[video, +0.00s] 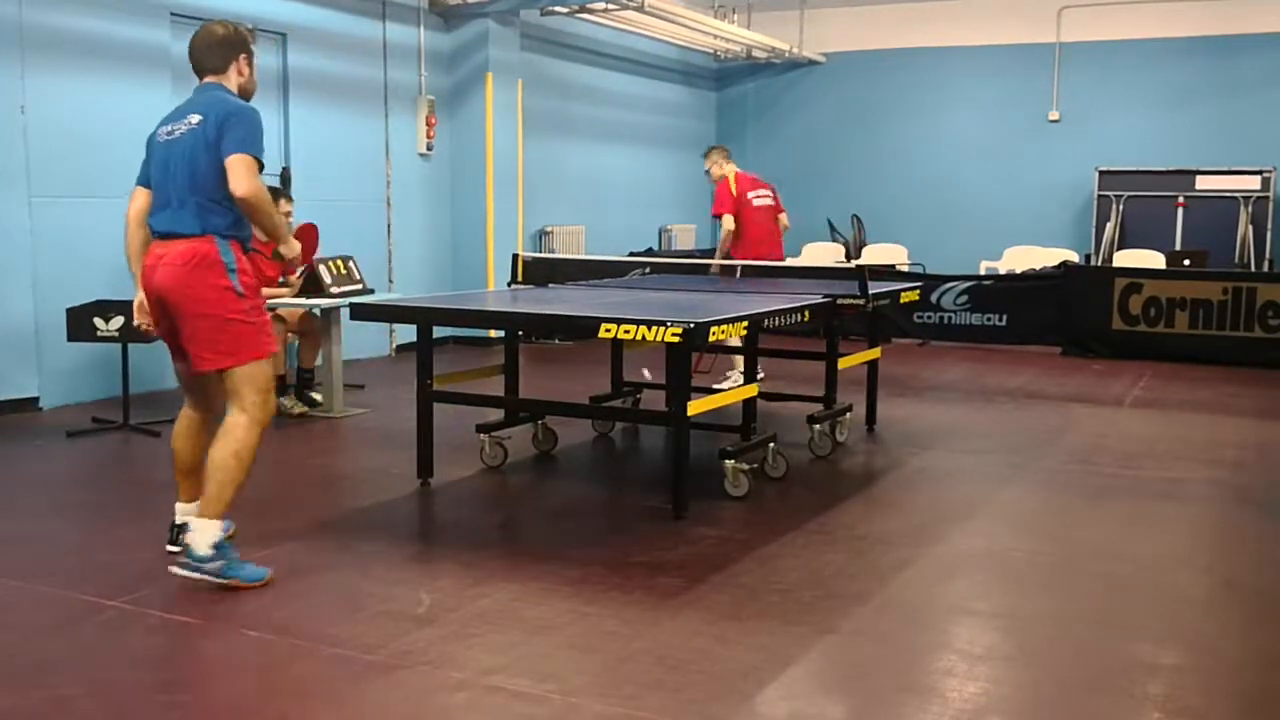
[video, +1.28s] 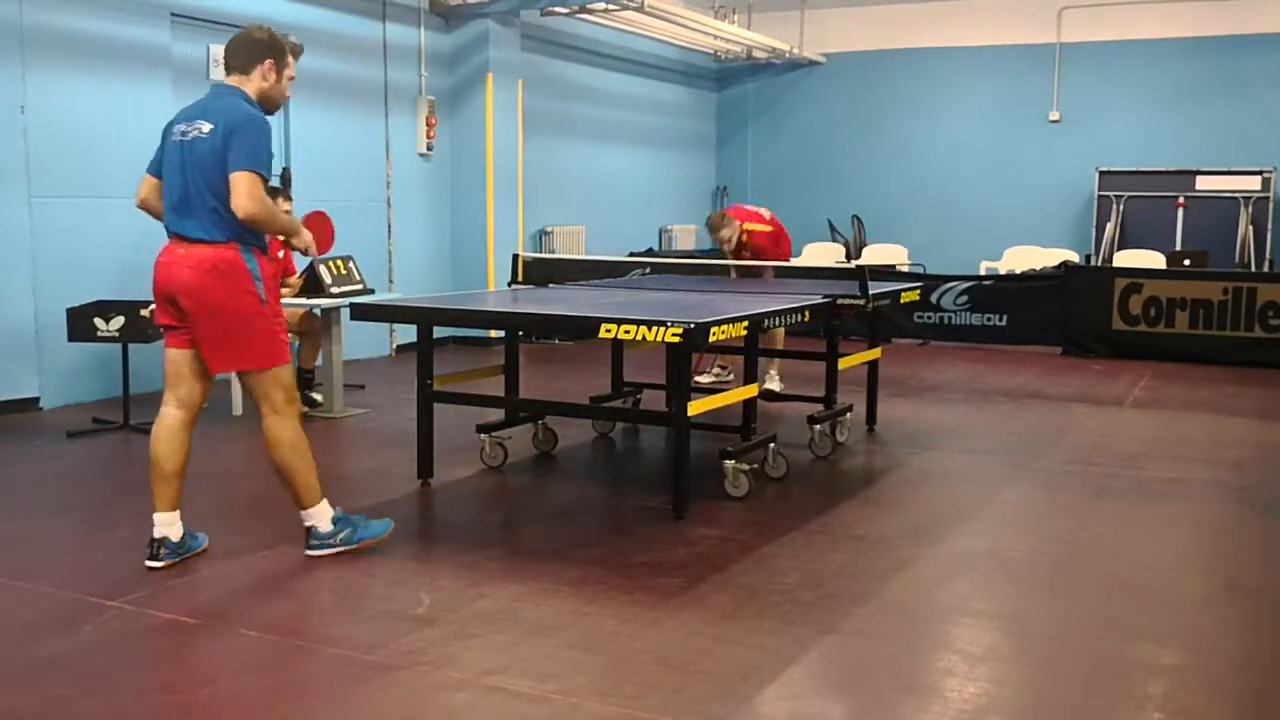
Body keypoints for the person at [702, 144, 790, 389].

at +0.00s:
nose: (709, 176)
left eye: (709, 170)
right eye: (707, 171)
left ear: (722, 164)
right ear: (730, 164)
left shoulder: (725, 185)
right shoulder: (763, 183)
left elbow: (728, 227)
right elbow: (784, 222)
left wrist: (718, 258)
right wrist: (768, 241)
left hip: (744, 262)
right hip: (773, 261)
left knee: (725, 315)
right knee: (748, 315)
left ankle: (740, 369)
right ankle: (753, 366)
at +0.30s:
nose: (688, 209)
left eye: (684, 204)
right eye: (683, 207)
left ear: (691, 190)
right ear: (691, 190)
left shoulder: (716, 198)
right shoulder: (725, 188)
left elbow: (740, 237)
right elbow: (768, 211)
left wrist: (732, 275)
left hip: (769, 251)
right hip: (773, 248)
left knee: (758, 312)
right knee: (751, 310)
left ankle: (765, 369)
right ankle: (752, 365)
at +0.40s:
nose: (687, 222)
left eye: (683, 217)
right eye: (682, 220)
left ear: (688, 203)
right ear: (688, 202)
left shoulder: (714, 207)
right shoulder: (715, 198)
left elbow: (741, 244)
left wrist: (738, 284)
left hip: (775, 252)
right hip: (765, 252)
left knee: (767, 317)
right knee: (754, 313)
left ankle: (770, 371)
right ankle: (752, 364)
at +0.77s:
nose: (693, 264)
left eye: (691, 260)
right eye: (688, 262)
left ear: (692, 245)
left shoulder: (722, 248)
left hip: (768, 254)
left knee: (769, 317)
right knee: (730, 313)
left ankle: (770, 372)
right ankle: (723, 368)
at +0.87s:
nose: (701, 278)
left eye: (705, 274)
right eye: (699, 275)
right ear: (697, 260)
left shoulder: (727, 263)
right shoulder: (694, 246)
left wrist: (740, 359)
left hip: (766, 259)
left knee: (770, 318)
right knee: (724, 314)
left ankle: (771, 373)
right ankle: (723, 367)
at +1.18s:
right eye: (704, 269)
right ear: (698, 250)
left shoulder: (716, 243)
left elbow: (711, 286)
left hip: (769, 254)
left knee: (772, 315)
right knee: (732, 311)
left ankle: (771, 373)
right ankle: (723, 366)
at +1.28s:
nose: (725, 247)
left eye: (729, 240)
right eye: (720, 242)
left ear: (737, 229)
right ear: (713, 236)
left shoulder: (759, 239)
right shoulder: (720, 227)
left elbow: (768, 274)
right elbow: (727, 255)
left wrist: (762, 303)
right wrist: (734, 276)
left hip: (773, 260)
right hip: (743, 260)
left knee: (773, 315)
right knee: (729, 311)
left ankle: (772, 373)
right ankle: (722, 366)